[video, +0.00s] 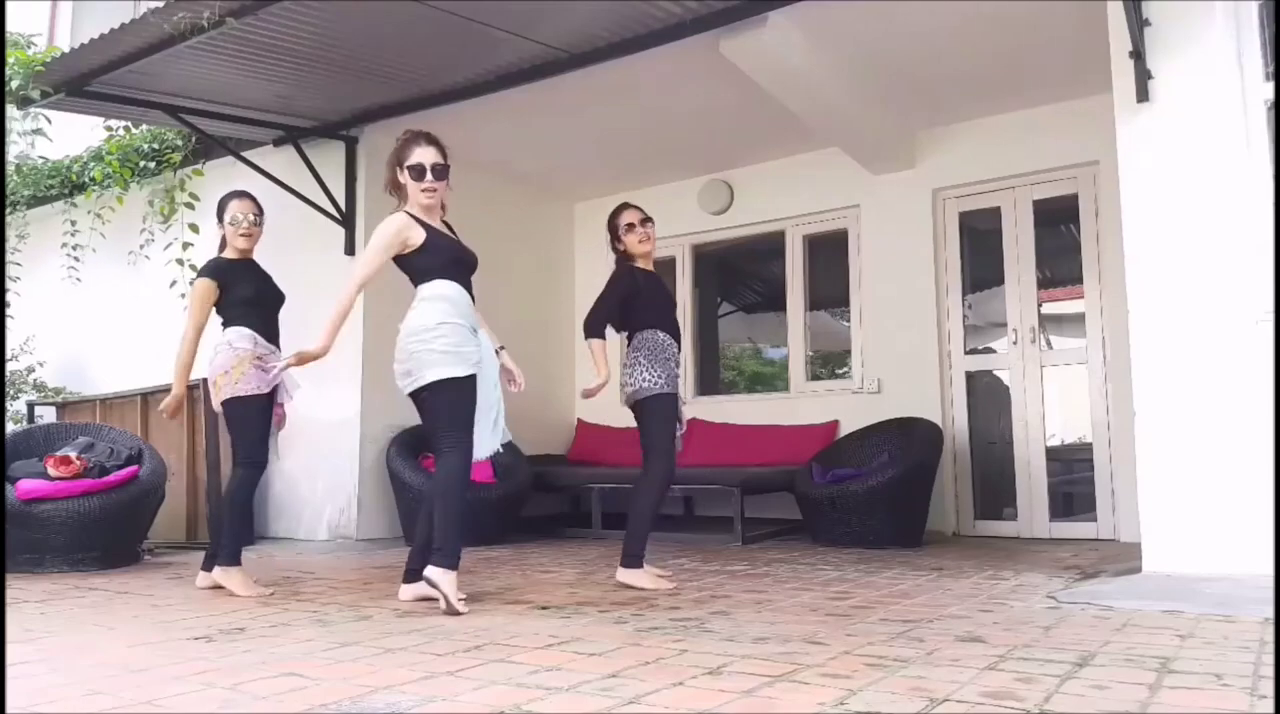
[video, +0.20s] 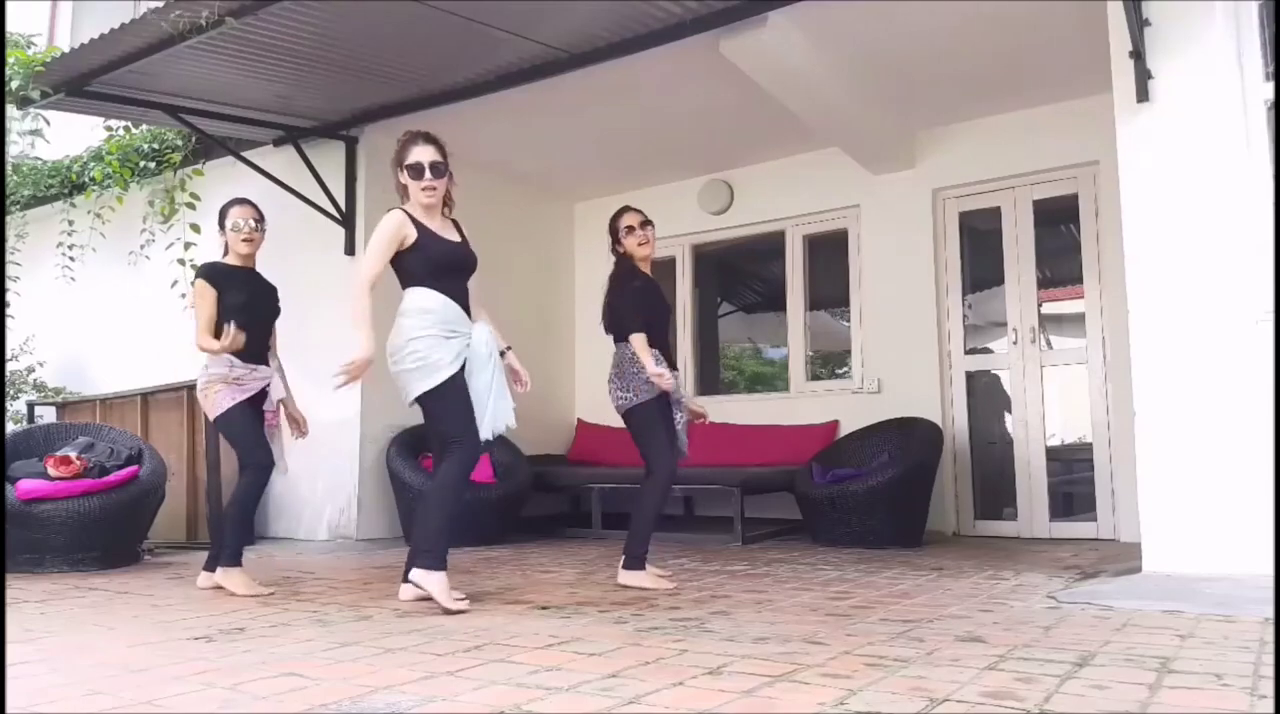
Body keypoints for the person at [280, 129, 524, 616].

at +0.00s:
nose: (429, 178)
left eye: (438, 170)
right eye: (417, 170)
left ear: (448, 176)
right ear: (399, 177)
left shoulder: (443, 228)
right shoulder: (401, 223)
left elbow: (463, 303)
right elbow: (355, 284)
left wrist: (498, 351)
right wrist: (323, 345)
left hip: (460, 347)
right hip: (433, 344)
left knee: (449, 458)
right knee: (455, 452)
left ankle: (417, 574)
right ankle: (445, 565)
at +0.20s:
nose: (427, 177)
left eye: (436, 168)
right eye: (416, 170)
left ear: (448, 174)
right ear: (401, 177)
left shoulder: (453, 227)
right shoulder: (399, 221)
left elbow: (469, 301)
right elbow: (362, 280)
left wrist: (503, 350)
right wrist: (366, 349)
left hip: (460, 345)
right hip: (424, 343)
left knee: (454, 451)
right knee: (462, 445)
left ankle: (419, 568)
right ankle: (430, 566)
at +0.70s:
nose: (428, 210)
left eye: (437, 202)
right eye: (417, 202)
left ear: (449, 211)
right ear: (402, 210)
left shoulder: (466, 266)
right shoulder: (388, 269)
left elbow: (479, 337)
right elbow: (389, 346)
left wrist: (488, 388)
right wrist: (386, 325)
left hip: (462, 388)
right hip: (408, 387)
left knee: (480, 489)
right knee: (401, 460)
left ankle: (420, 578)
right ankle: (421, 574)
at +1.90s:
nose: (418, 196)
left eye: (428, 188)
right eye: (409, 189)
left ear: (443, 196)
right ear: (398, 198)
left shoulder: (466, 252)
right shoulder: (382, 252)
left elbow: (482, 324)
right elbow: (343, 318)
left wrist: (504, 379)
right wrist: (336, 282)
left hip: (457, 373)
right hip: (401, 373)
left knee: (457, 486)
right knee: (358, 451)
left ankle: (423, 576)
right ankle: (380, 576)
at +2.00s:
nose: (418, 188)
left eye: (428, 180)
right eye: (408, 182)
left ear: (444, 185)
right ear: (399, 190)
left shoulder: (468, 244)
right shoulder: (384, 244)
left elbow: (484, 314)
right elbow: (333, 288)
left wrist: (505, 368)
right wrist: (330, 301)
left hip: (453, 362)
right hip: (397, 361)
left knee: (454, 472)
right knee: (383, 453)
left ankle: (423, 576)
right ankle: (360, 576)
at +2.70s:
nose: (421, 217)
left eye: (430, 208)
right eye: (412, 210)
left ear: (449, 211)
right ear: (404, 217)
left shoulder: (474, 263)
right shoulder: (391, 272)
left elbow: (495, 331)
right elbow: (378, 343)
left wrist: (518, 390)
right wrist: (356, 331)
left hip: (458, 381)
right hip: (405, 381)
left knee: (439, 476)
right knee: (342, 462)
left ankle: (435, 576)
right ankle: (373, 574)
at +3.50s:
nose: (408, 193)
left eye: (417, 183)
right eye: (401, 187)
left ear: (443, 185)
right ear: (399, 196)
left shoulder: (470, 240)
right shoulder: (398, 249)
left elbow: (490, 307)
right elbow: (379, 316)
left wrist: (518, 343)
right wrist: (333, 303)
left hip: (454, 364)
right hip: (405, 366)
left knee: (437, 465)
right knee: (346, 457)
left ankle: (453, 575)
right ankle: (376, 570)